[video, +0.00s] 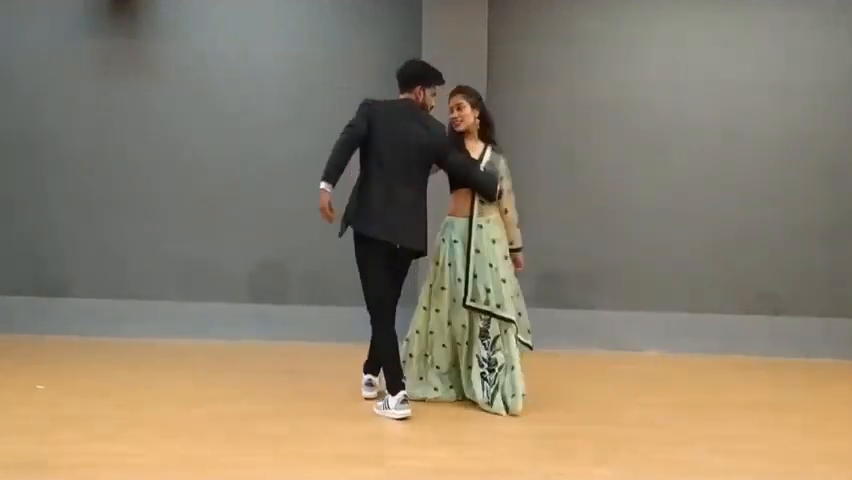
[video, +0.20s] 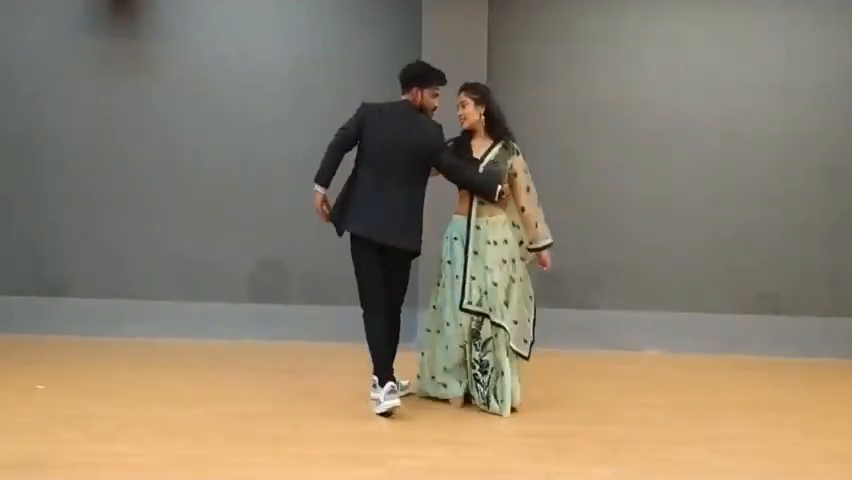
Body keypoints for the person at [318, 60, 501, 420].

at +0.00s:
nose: (435, 100)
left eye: (435, 93)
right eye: (433, 93)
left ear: (402, 90)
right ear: (421, 91)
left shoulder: (371, 110)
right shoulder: (432, 129)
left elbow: (347, 141)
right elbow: (462, 168)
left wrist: (326, 185)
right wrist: (493, 188)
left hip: (369, 224)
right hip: (408, 231)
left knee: (382, 310)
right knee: (384, 308)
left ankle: (397, 394)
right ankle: (370, 374)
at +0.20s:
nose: (438, 100)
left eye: (438, 94)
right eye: (435, 94)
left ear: (408, 92)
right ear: (417, 92)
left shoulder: (369, 113)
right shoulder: (430, 131)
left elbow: (339, 143)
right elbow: (456, 170)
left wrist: (320, 186)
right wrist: (494, 188)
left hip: (363, 225)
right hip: (402, 232)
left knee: (373, 305)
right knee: (392, 306)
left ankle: (384, 385)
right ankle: (383, 381)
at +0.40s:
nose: (439, 100)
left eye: (440, 93)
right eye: (435, 93)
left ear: (410, 92)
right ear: (415, 91)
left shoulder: (372, 114)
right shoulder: (426, 129)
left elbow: (340, 144)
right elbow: (443, 169)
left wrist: (325, 187)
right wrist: (485, 191)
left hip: (362, 225)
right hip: (399, 232)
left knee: (366, 302)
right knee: (391, 306)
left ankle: (368, 374)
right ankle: (383, 378)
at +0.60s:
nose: (438, 102)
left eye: (439, 95)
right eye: (433, 95)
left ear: (414, 93)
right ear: (413, 91)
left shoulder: (379, 115)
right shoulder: (422, 130)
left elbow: (351, 148)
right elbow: (433, 173)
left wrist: (342, 190)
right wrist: (468, 190)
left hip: (370, 223)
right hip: (401, 230)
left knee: (370, 298)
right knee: (392, 305)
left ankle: (348, 358)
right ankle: (383, 379)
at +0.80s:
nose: (432, 101)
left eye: (434, 94)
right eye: (426, 95)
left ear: (432, 91)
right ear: (410, 92)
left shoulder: (390, 118)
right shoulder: (415, 128)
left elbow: (366, 151)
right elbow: (417, 170)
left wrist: (363, 189)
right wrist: (445, 192)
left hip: (379, 220)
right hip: (401, 226)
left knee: (391, 297)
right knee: (394, 301)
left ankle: (373, 367)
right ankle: (383, 380)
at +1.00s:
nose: (423, 105)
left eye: (428, 97)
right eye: (417, 98)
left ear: (435, 96)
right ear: (406, 97)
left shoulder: (434, 129)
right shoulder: (402, 130)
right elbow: (393, 174)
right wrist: (421, 194)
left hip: (423, 229)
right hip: (400, 230)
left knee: (421, 307)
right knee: (397, 305)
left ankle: (415, 383)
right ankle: (383, 381)